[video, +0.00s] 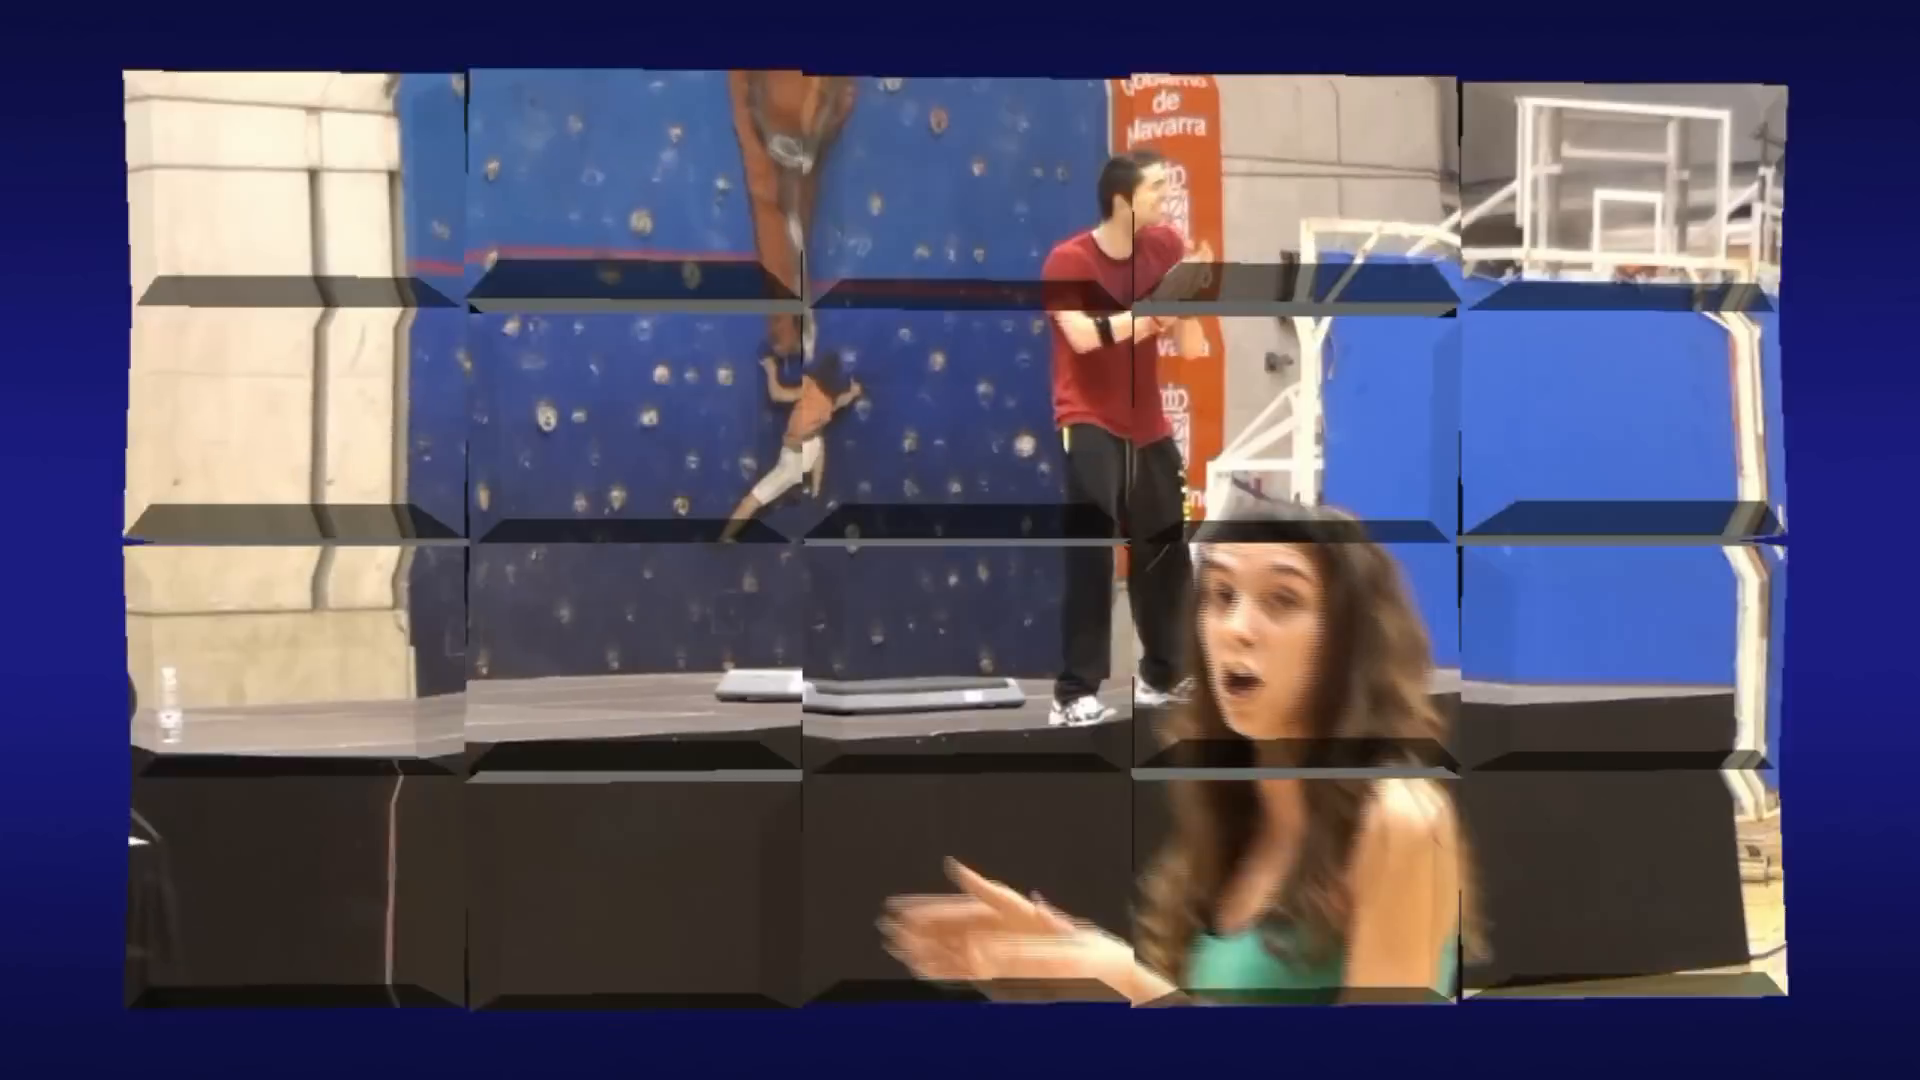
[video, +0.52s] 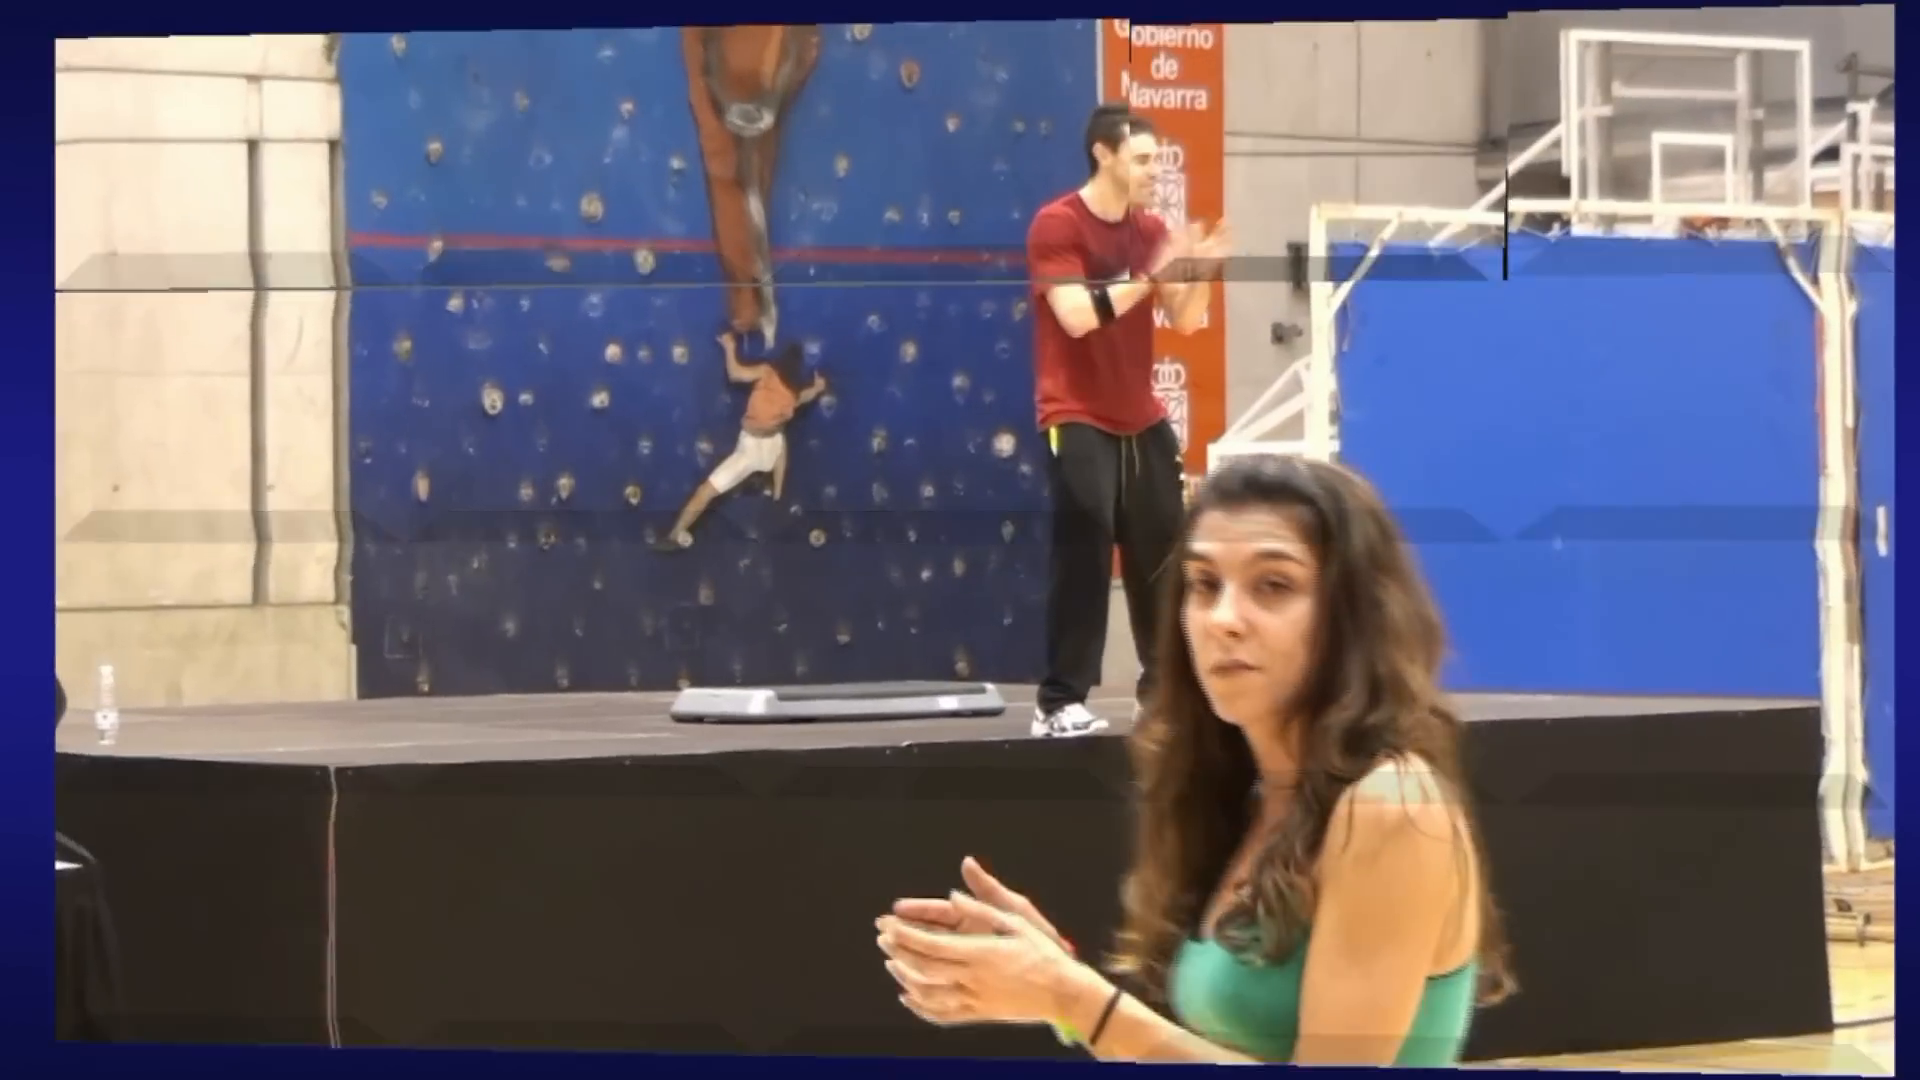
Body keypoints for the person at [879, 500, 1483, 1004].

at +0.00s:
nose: (1236, 630)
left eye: (1282, 602)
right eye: (1221, 596)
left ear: (1353, 637)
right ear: (1200, 616)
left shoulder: (1399, 819)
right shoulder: (1236, 821)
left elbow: (1379, 1056)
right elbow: (1216, 1027)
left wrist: (1111, 971)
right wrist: (1075, 950)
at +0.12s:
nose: (1155, 621)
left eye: (1203, 591)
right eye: (1137, 586)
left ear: (1276, 620)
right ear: (1111, 609)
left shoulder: (1335, 814)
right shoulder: (1143, 798)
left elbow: (1294, 1047)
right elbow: (1101, 1012)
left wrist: (1064, 978)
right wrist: (950, 945)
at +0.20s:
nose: (1130, 614)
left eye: (1178, 582)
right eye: (1114, 579)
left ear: (1250, 608)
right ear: (1091, 602)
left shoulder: (1308, 802)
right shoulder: (1121, 786)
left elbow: (1240, 1060)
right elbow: (1099, 1031)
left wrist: (1003, 960)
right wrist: (968, 945)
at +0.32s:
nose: (1137, 611)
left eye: (1183, 580)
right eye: (1119, 578)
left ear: (1257, 600)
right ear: (1097, 594)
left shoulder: (1315, 795)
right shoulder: (1136, 785)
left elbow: (1249, 1068)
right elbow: (1120, 1043)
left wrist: (1014, 970)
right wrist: (1018, 965)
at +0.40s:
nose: (1166, 613)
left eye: (1212, 580)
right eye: (1145, 580)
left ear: (1288, 600)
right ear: (1122, 600)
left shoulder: (1342, 796)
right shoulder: (1171, 790)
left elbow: (1282, 1074)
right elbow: (1155, 1049)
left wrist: (1039, 977)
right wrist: (1029, 974)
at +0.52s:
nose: (1224, 621)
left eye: (1273, 586)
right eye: (1204, 585)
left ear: (1349, 609)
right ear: (1181, 608)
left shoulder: (1391, 811)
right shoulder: (1251, 796)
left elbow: (1327, 1068)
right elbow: (1228, 1050)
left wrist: (1071, 1000)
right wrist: (1060, 982)